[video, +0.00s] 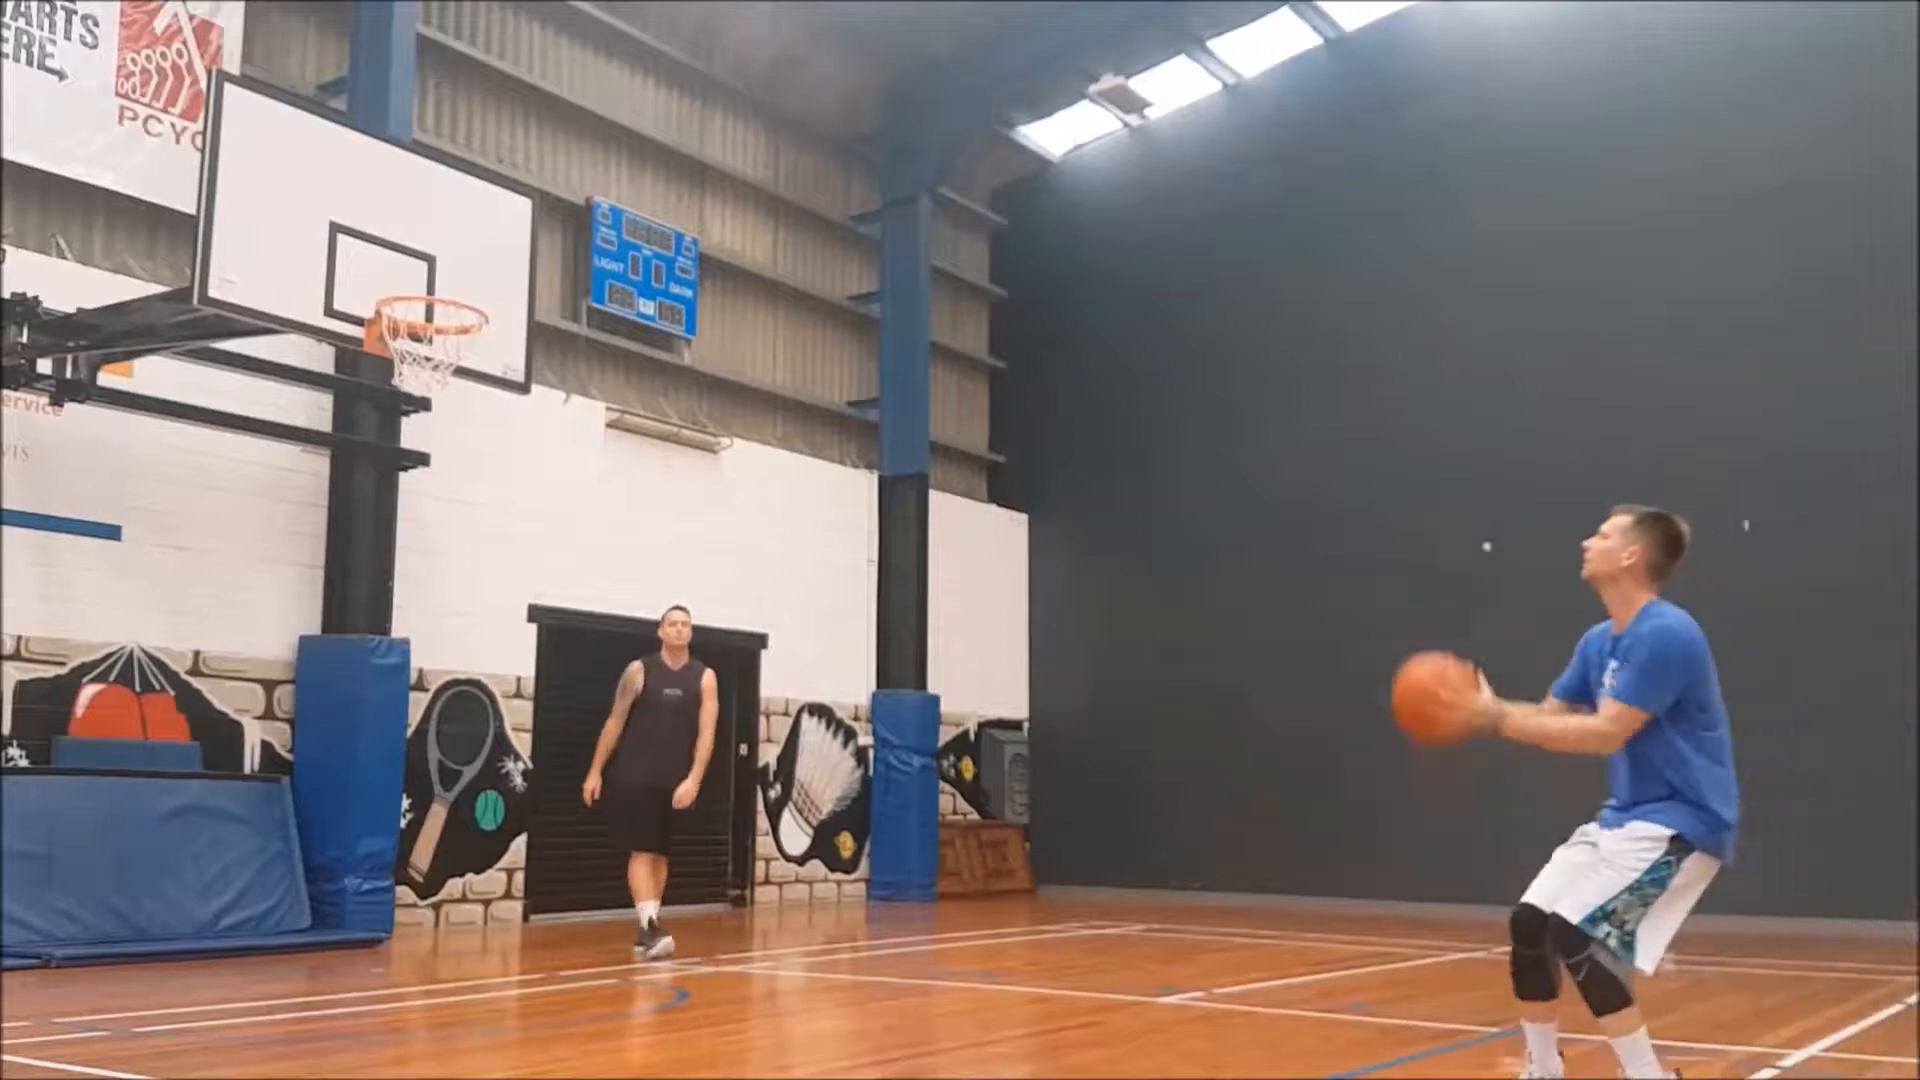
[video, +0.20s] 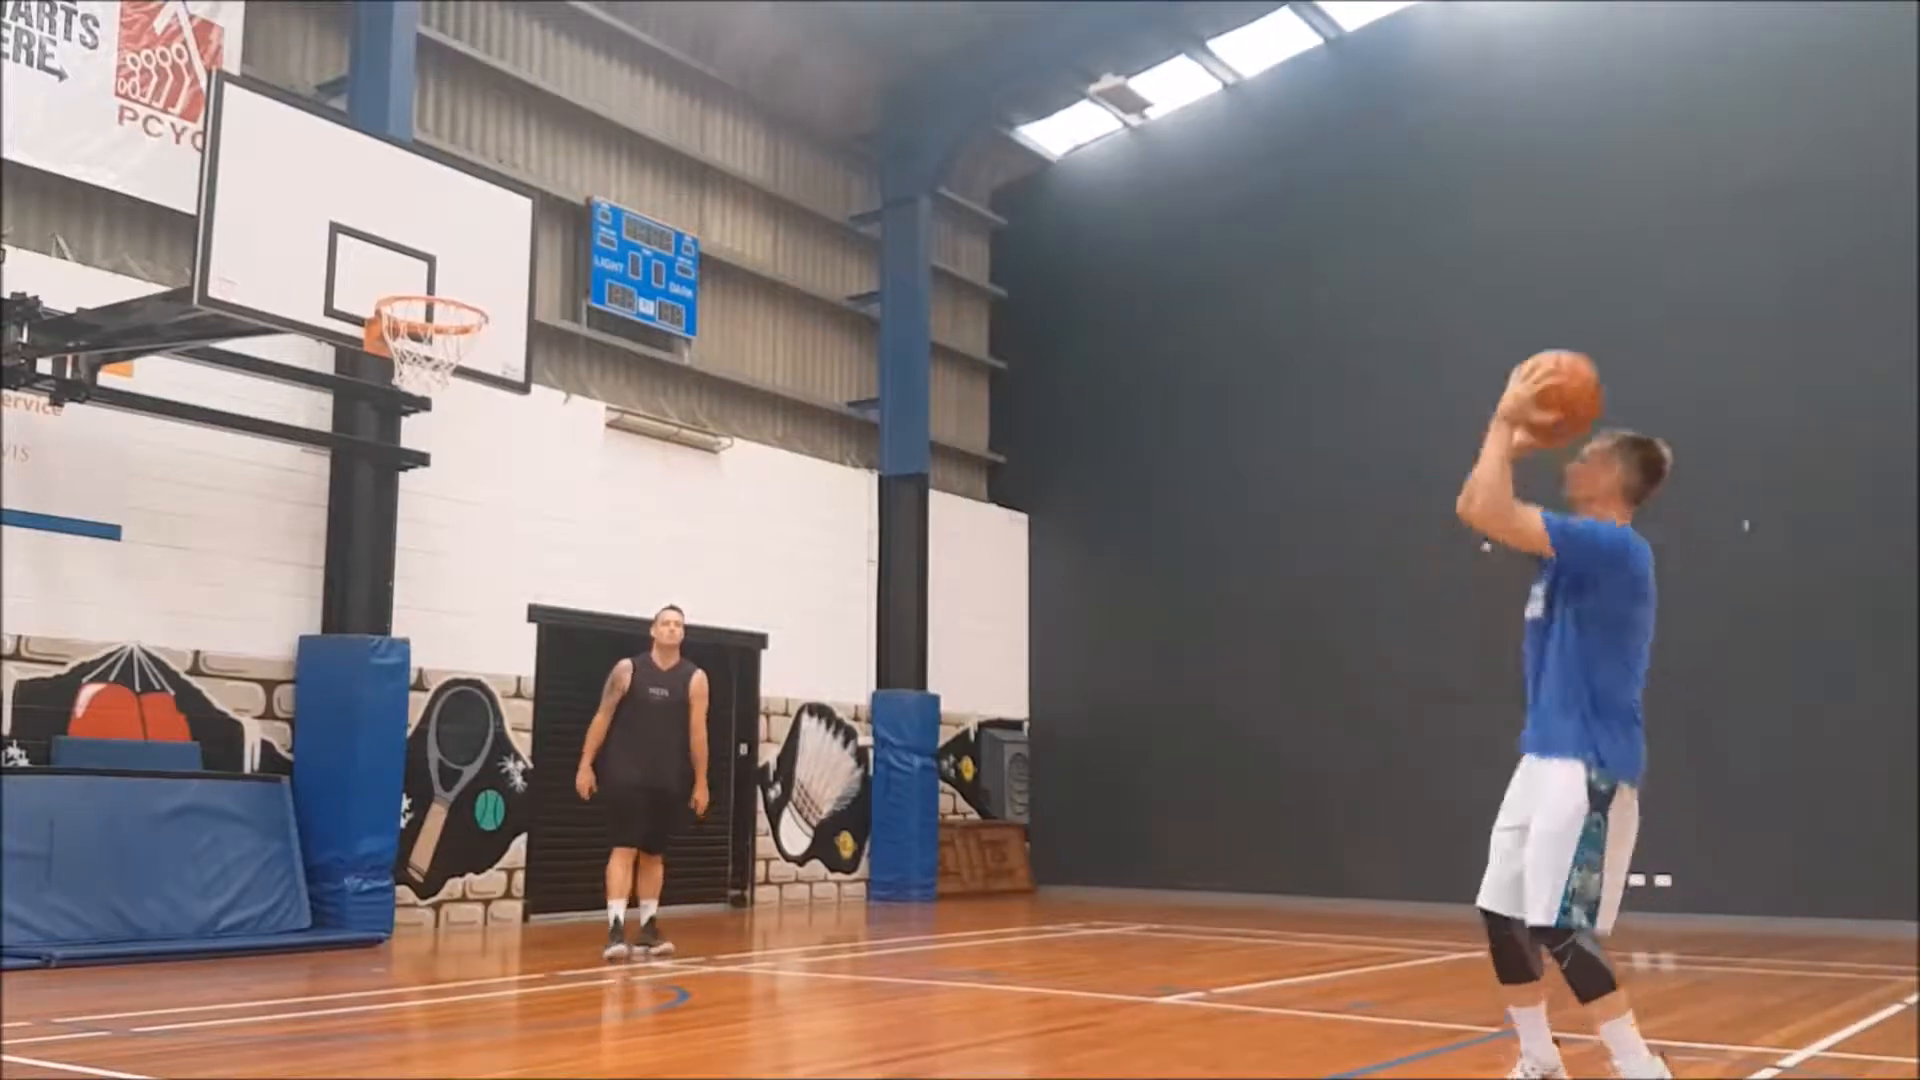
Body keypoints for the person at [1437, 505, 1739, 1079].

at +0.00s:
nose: (1586, 543)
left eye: (1601, 536)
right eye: (1594, 534)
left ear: (1632, 557)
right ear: (1627, 558)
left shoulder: (1666, 633)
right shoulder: (1598, 641)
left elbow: (1608, 734)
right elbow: (1556, 715)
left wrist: (1498, 719)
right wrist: (1483, 705)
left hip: (1683, 819)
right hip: (1625, 813)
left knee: (1577, 933)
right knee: (1531, 922)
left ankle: (1647, 1073)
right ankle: (1543, 1069)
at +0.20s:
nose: (1578, 460)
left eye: (1595, 455)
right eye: (1585, 452)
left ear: (1621, 482)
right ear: (1592, 473)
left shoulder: (1617, 546)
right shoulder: (1576, 543)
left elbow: (1487, 508)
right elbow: (1479, 511)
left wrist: (1504, 426)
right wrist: (1507, 436)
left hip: (1592, 770)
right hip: (1541, 761)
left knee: (1563, 928)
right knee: (1502, 914)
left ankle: (1643, 1067)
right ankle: (1538, 1063)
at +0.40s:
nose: (1568, 348)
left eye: (1582, 344)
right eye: (1575, 339)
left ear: (1608, 365)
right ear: (1602, 363)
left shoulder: (1593, 419)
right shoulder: (1557, 422)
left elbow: (1484, 358)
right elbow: (1483, 367)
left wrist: (1459, 265)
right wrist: (1481, 272)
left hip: (1555, 645)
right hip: (1517, 639)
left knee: (1542, 819)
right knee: (1511, 816)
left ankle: (1575, 986)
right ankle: (1522, 982)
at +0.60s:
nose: (1551, 366)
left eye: (1565, 359)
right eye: (1563, 357)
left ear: (1588, 378)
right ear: (1590, 383)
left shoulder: (1577, 438)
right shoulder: (1561, 434)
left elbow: (1463, 398)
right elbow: (1497, 364)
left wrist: (1409, 325)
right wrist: (1463, 283)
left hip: (1535, 669)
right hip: (1502, 662)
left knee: (1511, 849)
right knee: (1485, 845)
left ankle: (1527, 1022)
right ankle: (1486, 1015)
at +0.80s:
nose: (1546, 460)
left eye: (1562, 452)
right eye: (1558, 451)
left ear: (1585, 476)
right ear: (1590, 483)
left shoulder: (1576, 549)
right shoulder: (1566, 548)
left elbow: (1448, 555)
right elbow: (1468, 522)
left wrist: (1415, 475)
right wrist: (1475, 438)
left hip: (1529, 770)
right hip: (1501, 765)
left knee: (1481, 942)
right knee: (1449, 933)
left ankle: (1548, 1072)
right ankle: (1507, 1070)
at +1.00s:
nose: (1566, 433)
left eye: (1579, 425)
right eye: (1576, 423)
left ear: (1600, 447)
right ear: (1609, 453)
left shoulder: (1585, 528)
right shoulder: (1601, 530)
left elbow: (1509, 635)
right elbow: (1522, 640)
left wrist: (1414, 649)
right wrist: (1457, 602)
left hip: (1555, 750)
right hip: (1531, 743)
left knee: (1508, 908)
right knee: (1461, 895)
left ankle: (1559, 1069)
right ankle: (1536, 1053)